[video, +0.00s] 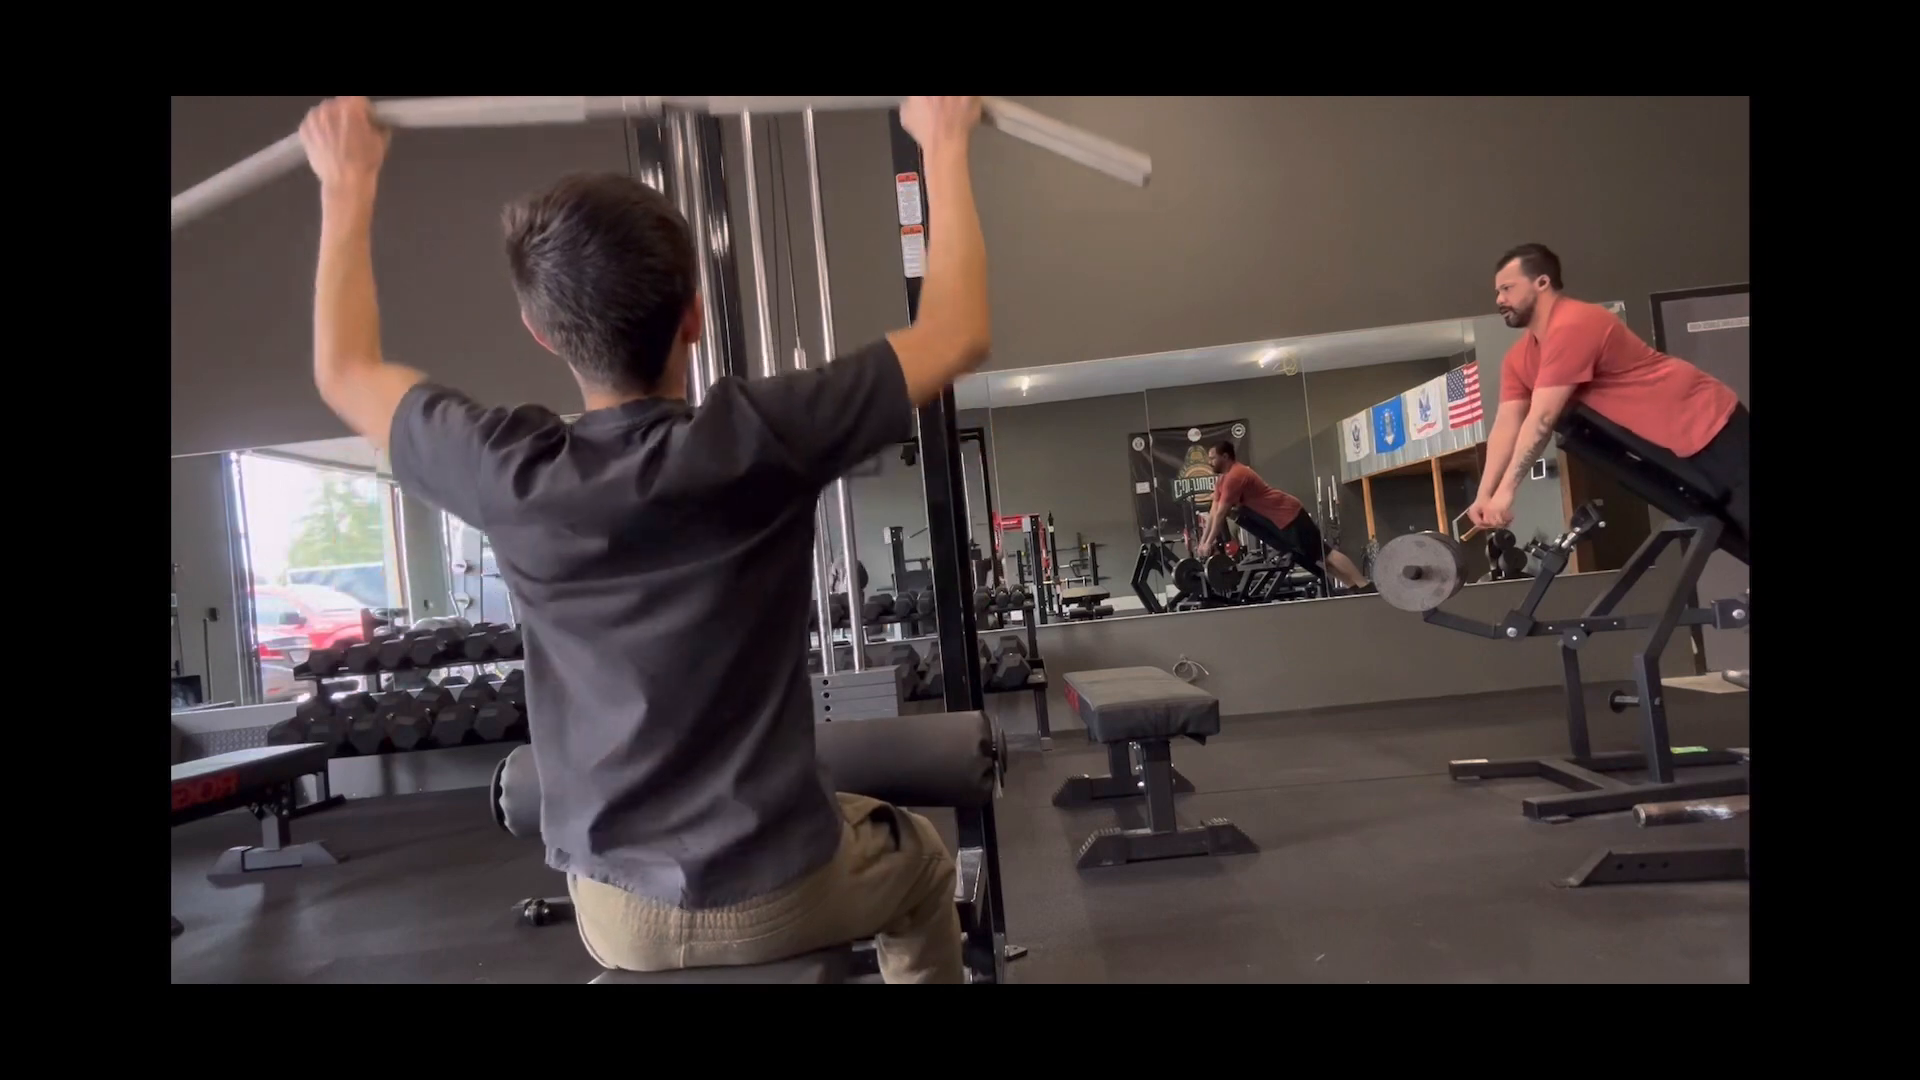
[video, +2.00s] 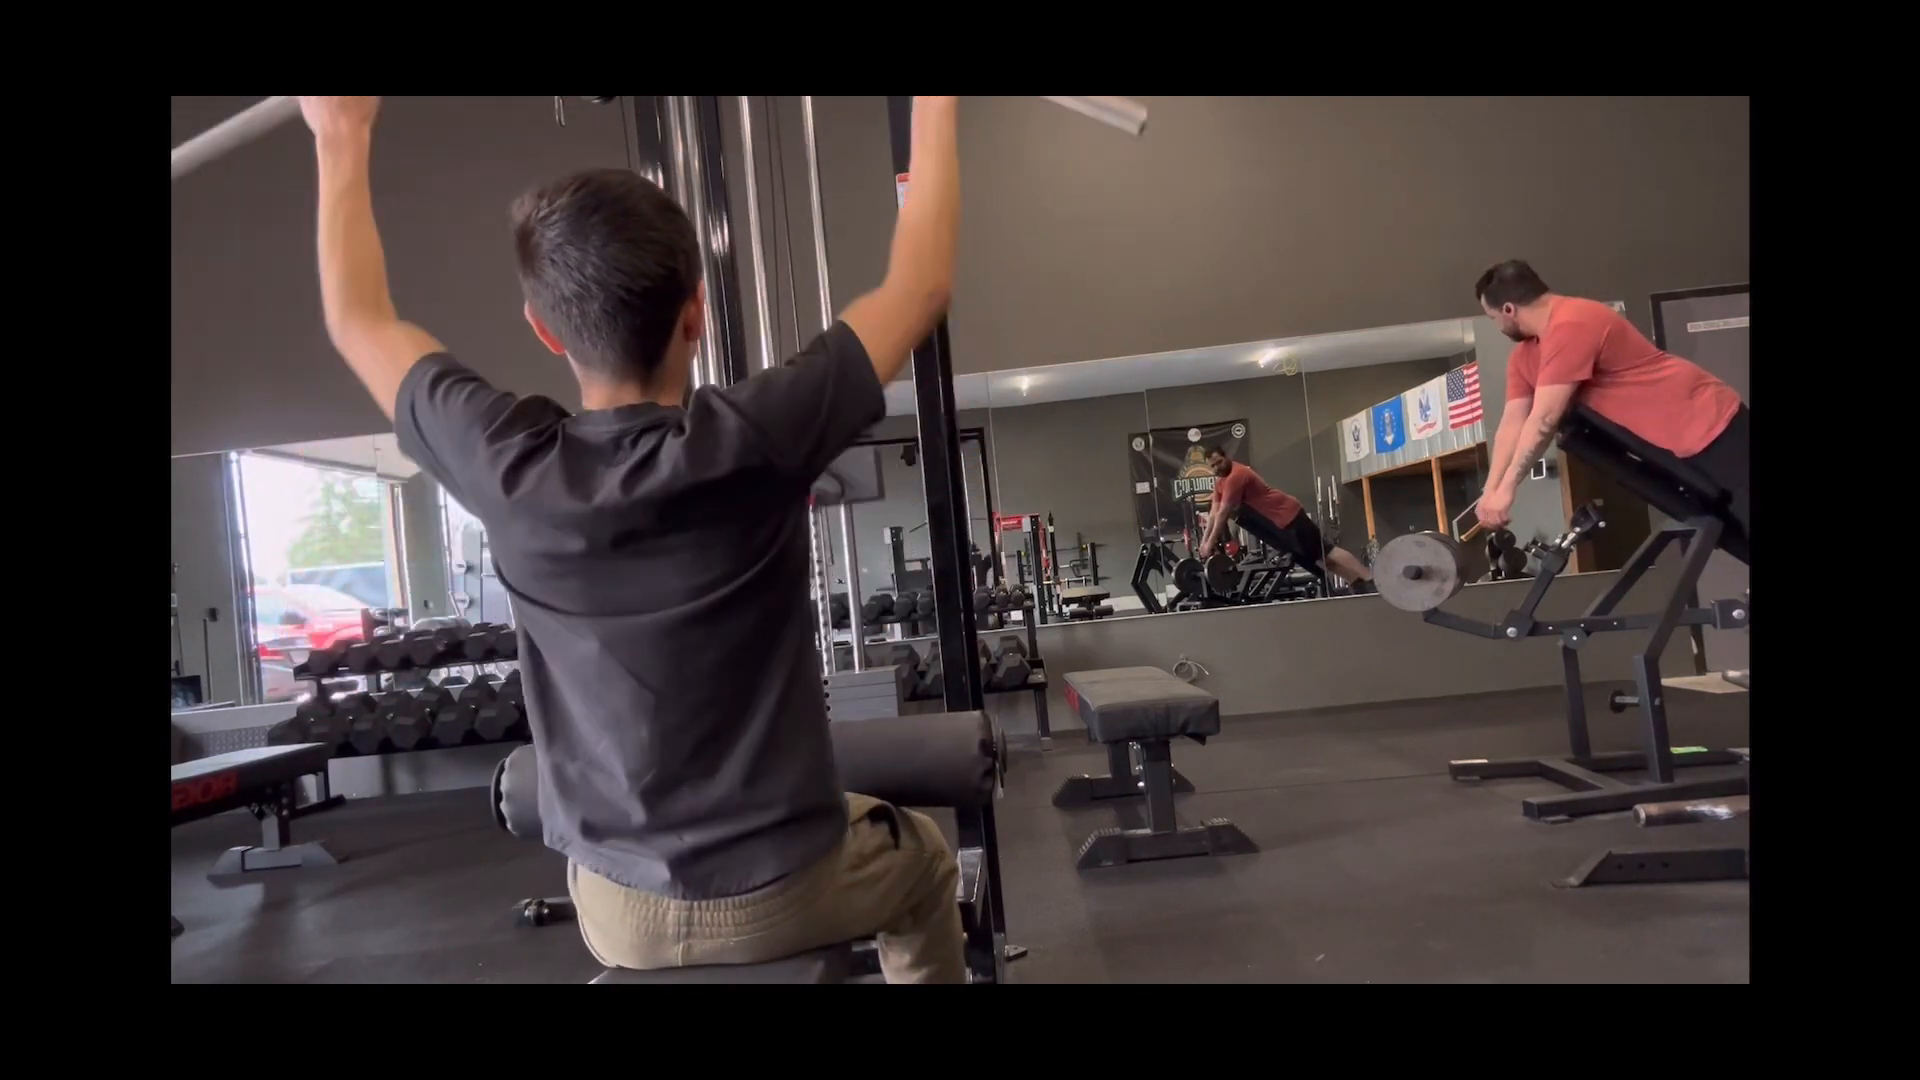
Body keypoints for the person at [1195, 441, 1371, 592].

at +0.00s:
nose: (1209, 461)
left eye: (1212, 457)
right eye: (1209, 458)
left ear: (1225, 456)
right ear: (1221, 458)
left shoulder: (1236, 475)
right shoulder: (1221, 480)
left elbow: (1222, 512)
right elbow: (1213, 512)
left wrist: (1210, 542)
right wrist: (1204, 541)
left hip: (1291, 513)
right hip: (1279, 523)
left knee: (1325, 552)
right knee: (1317, 560)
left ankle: (1363, 584)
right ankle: (1353, 586)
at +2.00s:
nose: (1216, 466)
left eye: (1219, 461)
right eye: (1212, 464)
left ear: (1226, 458)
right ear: (1210, 467)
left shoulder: (1237, 475)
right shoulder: (1220, 482)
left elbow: (1224, 512)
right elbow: (1214, 512)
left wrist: (1211, 540)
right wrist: (1206, 539)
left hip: (1290, 514)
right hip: (1279, 525)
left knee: (1326, 551)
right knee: (1319, 558)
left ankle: (1370, 578)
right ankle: (1356, 583)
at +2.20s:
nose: (1217, 465)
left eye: (1219, 460)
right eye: (1212, 464)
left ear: (1226, 457)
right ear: (1210, 467)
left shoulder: (1238, 474)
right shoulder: (1219, 483)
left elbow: (1225, 512)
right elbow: (1214, 512)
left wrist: (1212, 541)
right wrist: (1206, 540)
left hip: (1289, 513)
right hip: (1278, 524)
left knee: (1324, 552)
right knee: (1317, 559)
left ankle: (1367, 580)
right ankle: (1355, 584)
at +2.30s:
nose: (1217, 465)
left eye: (1219, 460)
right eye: (1212, 464)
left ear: (1226, 457)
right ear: (1210, 467)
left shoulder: (1237, 474)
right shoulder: (1219, 483)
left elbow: (1225, 511)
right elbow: (1214, 513)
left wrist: (1212, 542)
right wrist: (1206, 540)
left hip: (1289, 513)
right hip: (1278, 524)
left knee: (1324, 552)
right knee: (1317, 559)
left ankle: (1367, 581)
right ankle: (1355, 584)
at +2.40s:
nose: (1217, 465)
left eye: (1218, 460)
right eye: (1212, 464)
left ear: (1226, 457)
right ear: (1210, 467)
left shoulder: (1238, 474)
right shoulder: (1219, 484)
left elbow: (1226, 511)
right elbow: (1215, 512)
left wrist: (1213, 542)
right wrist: (1207, 540)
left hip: (1290, 514)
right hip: (1279, 525)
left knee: (1325, 552)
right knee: (1319, 559)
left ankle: (1368, 582)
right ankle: (1355, 584)